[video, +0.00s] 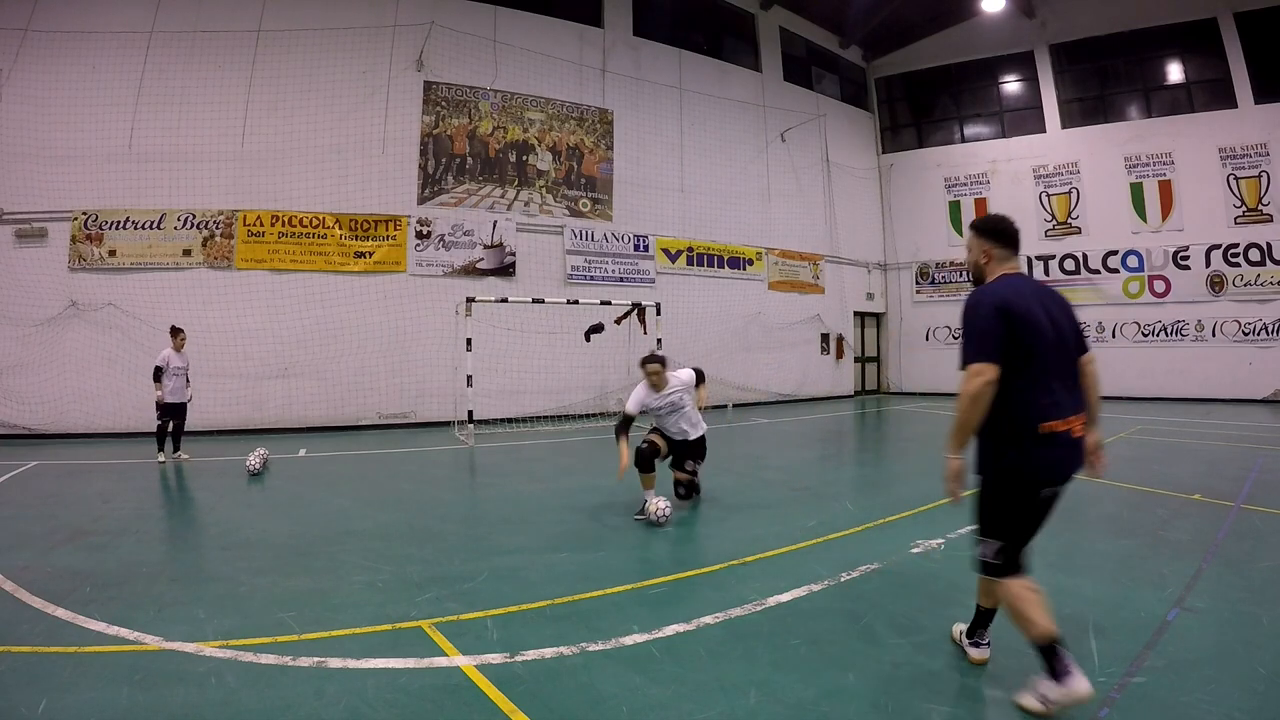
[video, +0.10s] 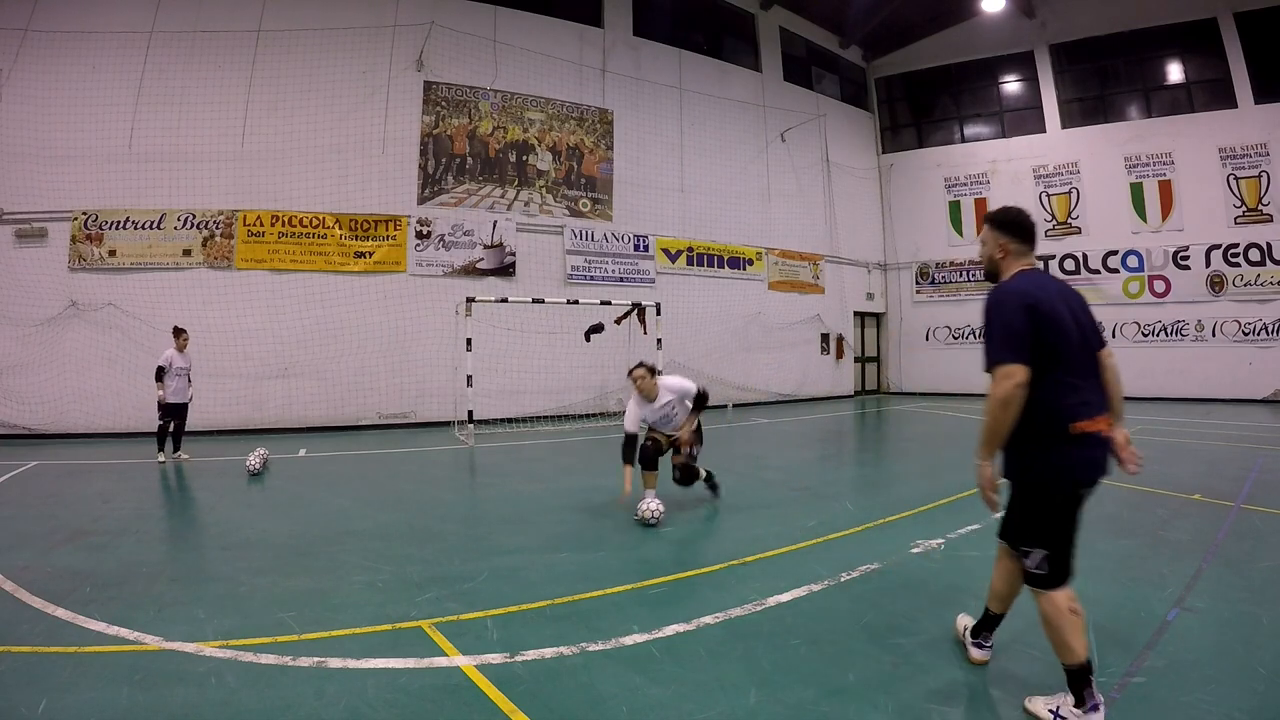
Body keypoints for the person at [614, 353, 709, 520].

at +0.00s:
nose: (653, 379)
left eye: (657, 374)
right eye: (649, 375)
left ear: (665, 371)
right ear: (644, 374)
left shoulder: (682, 378)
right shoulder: (640, 393)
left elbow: (699, 373)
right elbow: (622, 427)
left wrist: (701, 392)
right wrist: (624, 457)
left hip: (692, 436)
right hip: (665, 432)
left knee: (682, 493)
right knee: (644, 453)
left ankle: (692, 483)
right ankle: (649, 502)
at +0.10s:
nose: (638, 384)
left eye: (643, 378)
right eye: (635, 381)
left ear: (654, 379)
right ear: (633, 385)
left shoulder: (673, 385)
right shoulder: (634, 406)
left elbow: (702, 396)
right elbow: (629, 443)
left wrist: (687, 428)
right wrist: (628, 484)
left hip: (686, 428)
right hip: (660, 431)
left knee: (681, 476)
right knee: (647, 451)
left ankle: (706, 476)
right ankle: (649, 502)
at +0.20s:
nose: (631, 398)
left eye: (635, 393)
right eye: (628, 394)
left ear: (646, 389)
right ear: (626, 396)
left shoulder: (666, 393)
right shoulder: (631, 412)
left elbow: (698, 411)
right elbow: (629, 448)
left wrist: (676, 436)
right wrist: (639, 470)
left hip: (685, 421)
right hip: (659, 429)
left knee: (679, 462)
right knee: (650, 452)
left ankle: (715, 485)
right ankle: (650, 503)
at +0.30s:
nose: (619, 394)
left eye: (622, 389)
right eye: (618, 390)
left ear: (636, 386)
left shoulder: (661, 390)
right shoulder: (628, 404)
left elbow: (694, 404)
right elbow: (629, 428)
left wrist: (680, 432)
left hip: (685, 418)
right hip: (659, 423)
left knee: (681, 463)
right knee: (644, 449)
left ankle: (718, 488)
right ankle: (647, 500)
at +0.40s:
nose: (603, 375)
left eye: (605, 370)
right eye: (603, 370)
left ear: (618, 371)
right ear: (616, 371)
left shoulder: (644, 378)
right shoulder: (619, 387)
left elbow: (678, 388)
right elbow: (621, 406)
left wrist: (659, 413)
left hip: (678, 415)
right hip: (654, 418)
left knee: (680, 462)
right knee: (629, 445)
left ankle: (719, 490)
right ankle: (648, 491)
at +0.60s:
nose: (571, 349)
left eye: (574, 346)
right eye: (572, 346)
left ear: (583, 348)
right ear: (583, 348)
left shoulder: (599, 357)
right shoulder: (589, 367)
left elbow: (636, 362)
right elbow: (583, 393)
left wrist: (651, 389)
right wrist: (569, 380)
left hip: (636, 402)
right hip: (626, 407)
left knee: (625, 453)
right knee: (622, 454)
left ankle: (674, 468)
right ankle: (656, 481)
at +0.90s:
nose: (517, 354)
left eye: (519, 351)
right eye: (517, 350)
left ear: (527, 352)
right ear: (530, 351)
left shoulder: (540, 366)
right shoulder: (537, 362)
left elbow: (547, 389)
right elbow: (528, 375)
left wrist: (535, 405)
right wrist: (517, 383)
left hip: (562, 406)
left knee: (537, 443)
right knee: (550, 446)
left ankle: (549, 481)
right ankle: (588, 456)